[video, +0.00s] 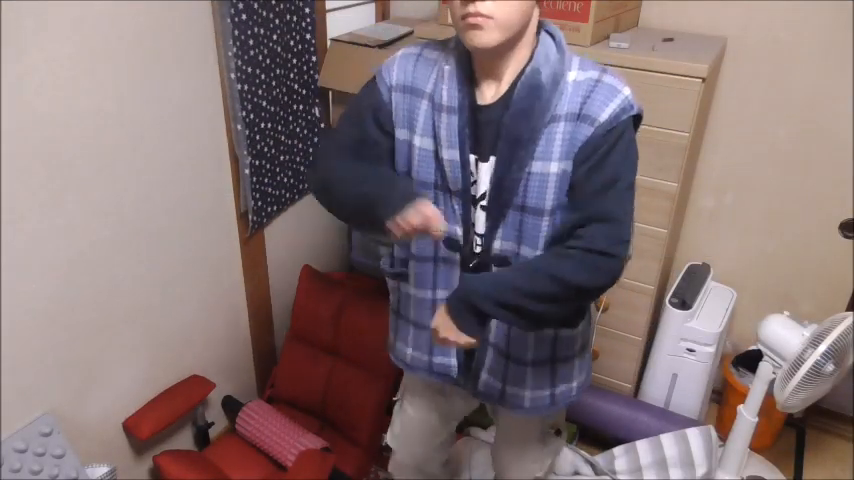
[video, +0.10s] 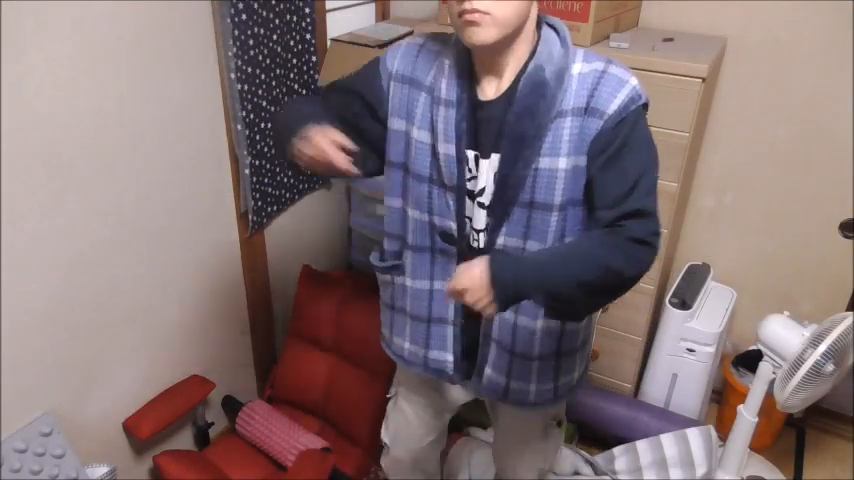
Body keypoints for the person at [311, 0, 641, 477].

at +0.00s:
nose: (470, 4)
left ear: (537, 3)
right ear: (448, 6)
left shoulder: (596, 105)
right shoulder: (406, 77)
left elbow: (599, 254)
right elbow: (333, 164)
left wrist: (477, 300)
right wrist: (389, 197)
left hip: (534, 356)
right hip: (432, 342)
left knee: (519, 471)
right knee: (410, 464)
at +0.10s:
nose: (466, 0)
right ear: (446, 2)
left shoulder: (605, 98)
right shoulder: (408, 67)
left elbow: (632, 241)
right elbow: (316, 110)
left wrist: (515, 275)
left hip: (532, 351)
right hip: (427, 335)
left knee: (525, 469)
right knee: (403, 461)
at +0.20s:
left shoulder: (605, 100)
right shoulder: (411, 69)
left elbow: (652, 237)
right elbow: (366, 133)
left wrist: (564, 271)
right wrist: (250, 95)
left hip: (522, 345)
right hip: (418, 326)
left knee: (516, 469)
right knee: (395, 454)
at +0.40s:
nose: (427, 44)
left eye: (457, 21)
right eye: (414, 20)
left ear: (506, 48)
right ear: (401, 36)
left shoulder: (554, 181)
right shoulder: (392, 122)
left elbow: (578, 271)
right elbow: (385, 190)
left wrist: (506, 338)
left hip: (478, 366)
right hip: (387, 344)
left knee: (469, 469)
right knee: (373, 452)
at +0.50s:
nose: (413, 49)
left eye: (442, 30)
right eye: (398, 25)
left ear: (491, 51)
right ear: (384, 38)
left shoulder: (542, 180)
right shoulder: (382, 122)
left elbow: (574, 277)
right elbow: (354, 157)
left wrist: (500, 334)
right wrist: (260, 130)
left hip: (469, 380)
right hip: (384, 361)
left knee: (468, 472)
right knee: (371, 452)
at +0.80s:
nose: (397, 13)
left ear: (476, 5)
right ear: (372, 10)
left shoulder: (556, 104)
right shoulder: (383, 113)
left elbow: (603, 214)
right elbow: (379, 201)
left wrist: (559, 306)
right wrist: (317, 160)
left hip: (528, 337)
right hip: (428, 332)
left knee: (520, 470)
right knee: (397, 461)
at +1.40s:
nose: (476, 9)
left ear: (556, 9)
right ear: (442, 7)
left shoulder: (589, 128)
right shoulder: (387, 86)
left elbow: (642, 228)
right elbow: (324, 145)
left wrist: (636, 271)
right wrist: (264, 180)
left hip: (495, 347)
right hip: (395, 333)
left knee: (506, 467)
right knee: (392, 461)